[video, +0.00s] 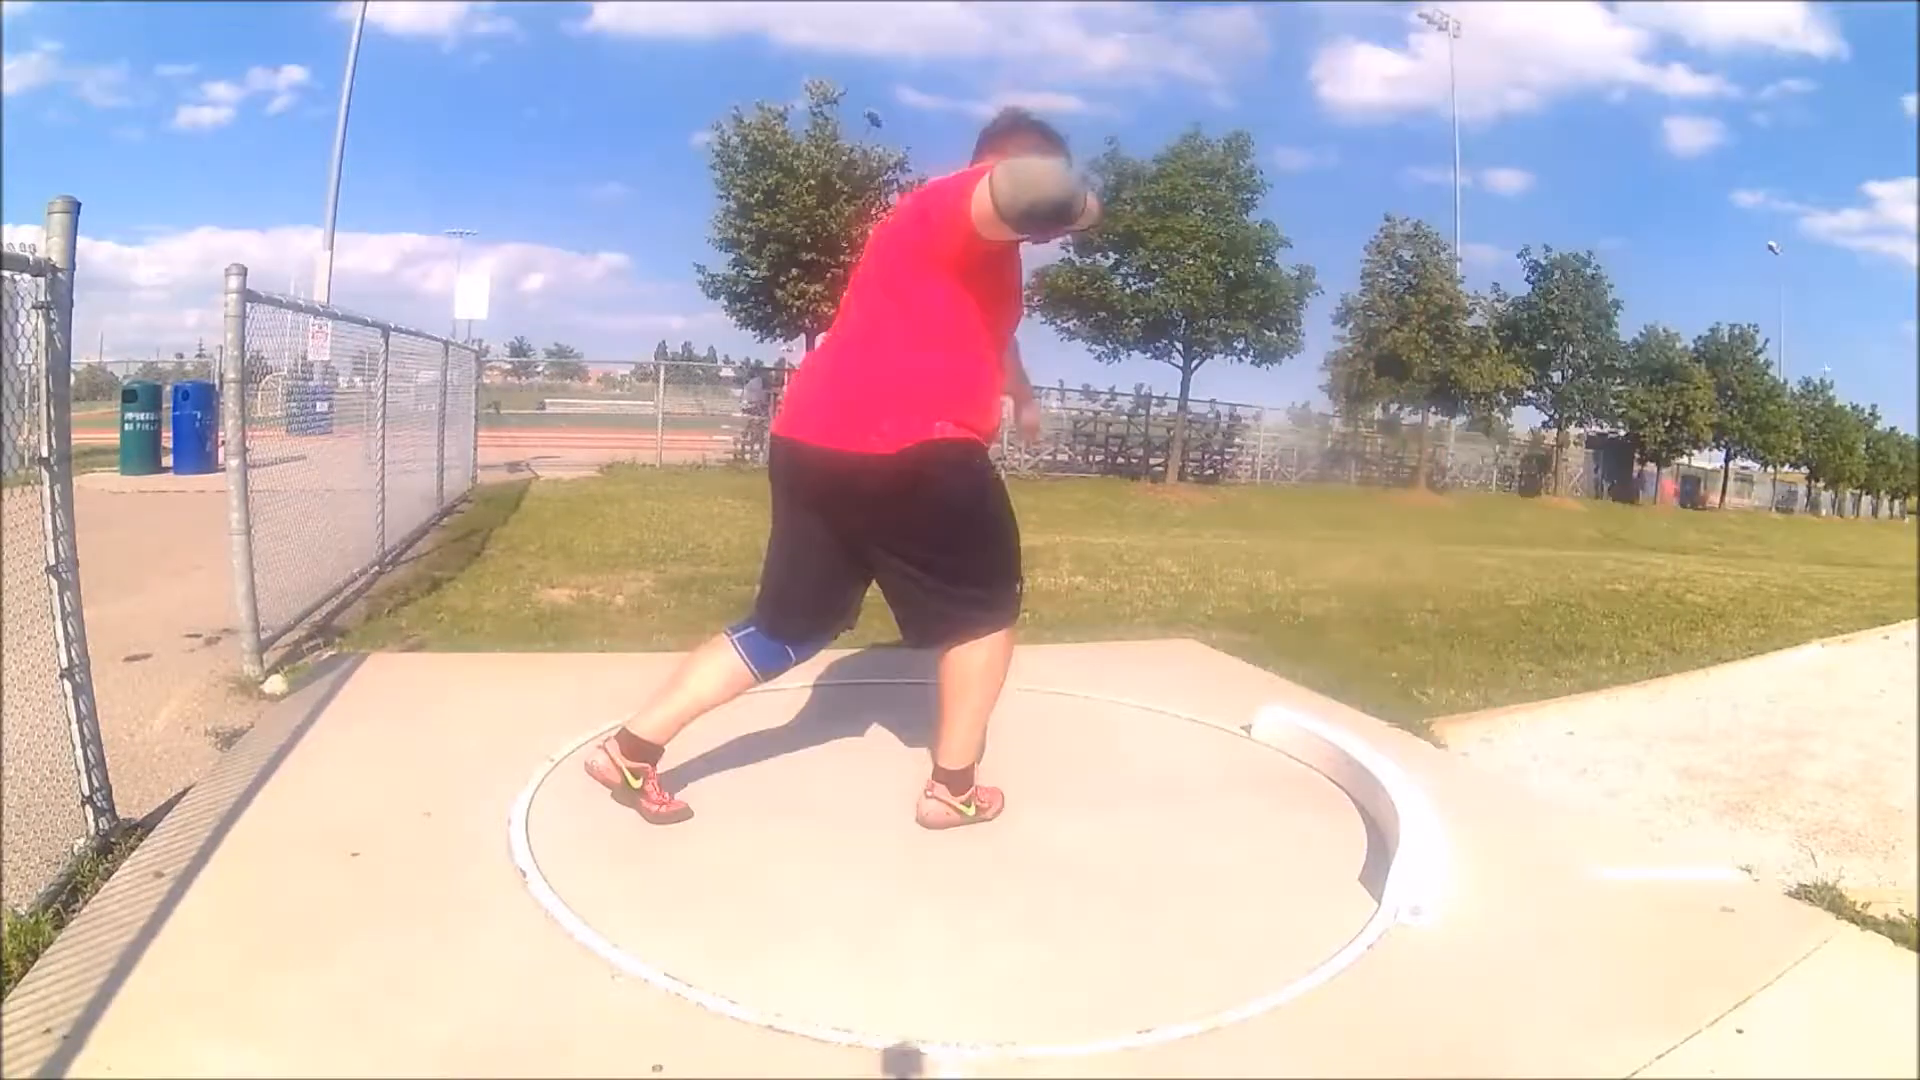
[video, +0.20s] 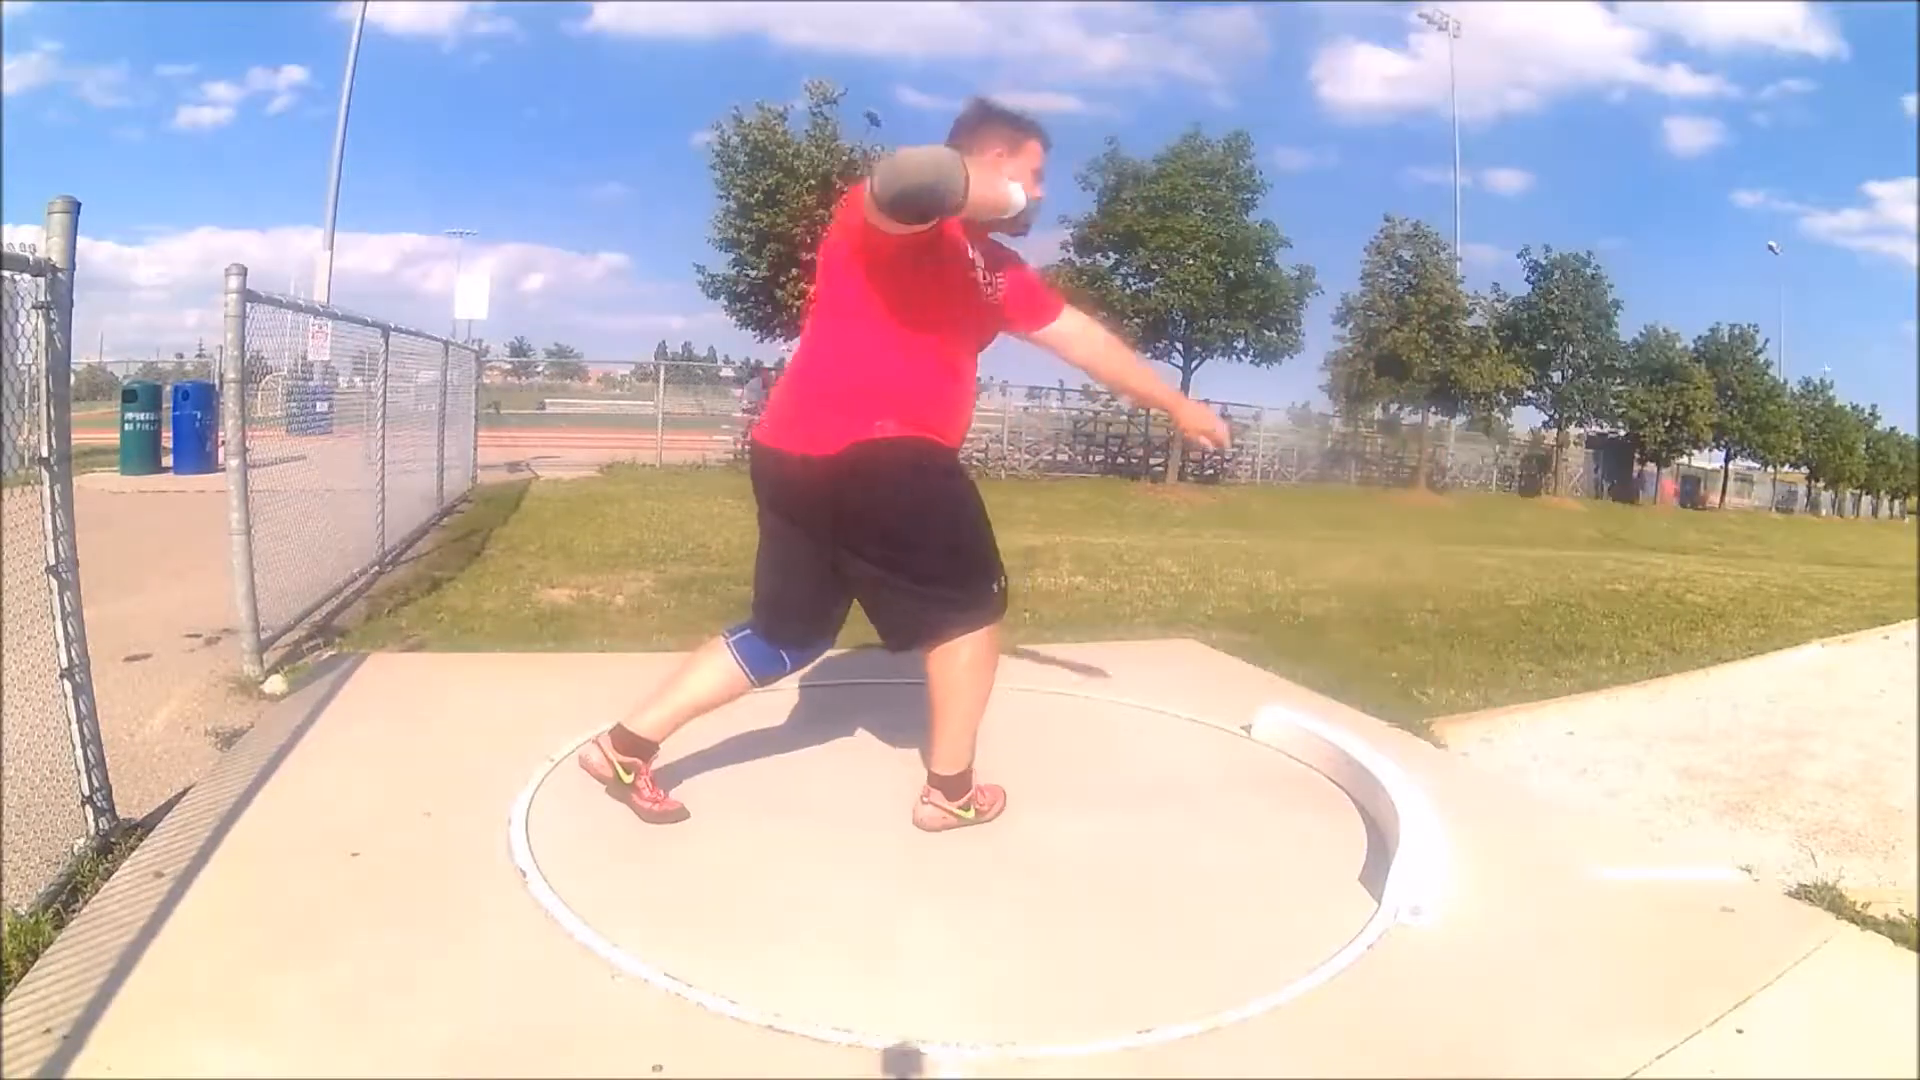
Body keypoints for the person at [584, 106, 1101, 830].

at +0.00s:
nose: (1043, 196)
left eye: (1047, 181)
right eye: (1039, 178)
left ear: (981, 157)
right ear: (1012, 161)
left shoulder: (909, 220)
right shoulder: (965, 197)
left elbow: (989, 332)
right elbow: (1034, 186)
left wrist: (1022, 395)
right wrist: (1082, 204)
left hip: (810, 440)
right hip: (921, 445)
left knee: (784, 627)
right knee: (984, 606)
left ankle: (632, 747)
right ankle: (953, 784)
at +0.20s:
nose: (1033, 192)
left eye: (1038, 179)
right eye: (1030, 176)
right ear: (990, 157)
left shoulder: (1001, 274)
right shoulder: (877, 211)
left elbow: (1093, 345)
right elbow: (908, 188)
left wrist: (1180, 404)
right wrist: (988, 191)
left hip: (790, 448)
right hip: (894, 449)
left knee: (784, 631)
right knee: (967, 607)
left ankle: (630, 741)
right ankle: (948, 786)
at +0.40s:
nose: (1025, 185)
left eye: (1027, 169)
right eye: (1019, 164)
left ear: (973, 159)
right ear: (972, 151)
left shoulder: (991, 259)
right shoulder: (856, 203)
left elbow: (1071, 327)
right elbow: (830, 160)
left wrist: (1095, 381)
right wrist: (958, 180)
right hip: (854, 436)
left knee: (772, 629)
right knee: (939, 601)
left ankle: (620, 744)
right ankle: (942, 788)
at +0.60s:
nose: (1023, 181)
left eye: (1026, 166)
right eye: (1017, 162)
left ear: (976, 153)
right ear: (967, 149)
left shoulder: (987, 254)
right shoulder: (853, 193)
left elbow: (1054, 335)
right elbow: (822, 155)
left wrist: (975, 360)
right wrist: (950, 183)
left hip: (762, 427)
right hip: (847, 431)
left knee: (757, 616)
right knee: (915, 602)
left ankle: (614, 746)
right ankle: (939, 788)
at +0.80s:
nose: (1021, 209)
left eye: (1026, 193)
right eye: (1021, 189)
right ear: (985, 172)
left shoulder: (984, 277)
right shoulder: (869, 202)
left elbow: (1042, 352)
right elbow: (910, 200)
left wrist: (1071, 405)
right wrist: (988, 212)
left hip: (748, 432)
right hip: (847, 440)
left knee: (753, 619)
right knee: (928, 601)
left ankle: (612, 753)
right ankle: (940, 788)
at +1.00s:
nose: (1035, 222)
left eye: (1026, 210)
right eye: (1034, 212)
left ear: (962, 192)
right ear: (1029, 208)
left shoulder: (908, 238)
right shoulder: (1006, 236)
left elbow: (981, 375)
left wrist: (1056, 439)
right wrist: (1063, 243)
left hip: (756, 442)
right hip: (879, 461)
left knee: (744, 622)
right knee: (966, 604)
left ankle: (613, 769)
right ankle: (944, 789)